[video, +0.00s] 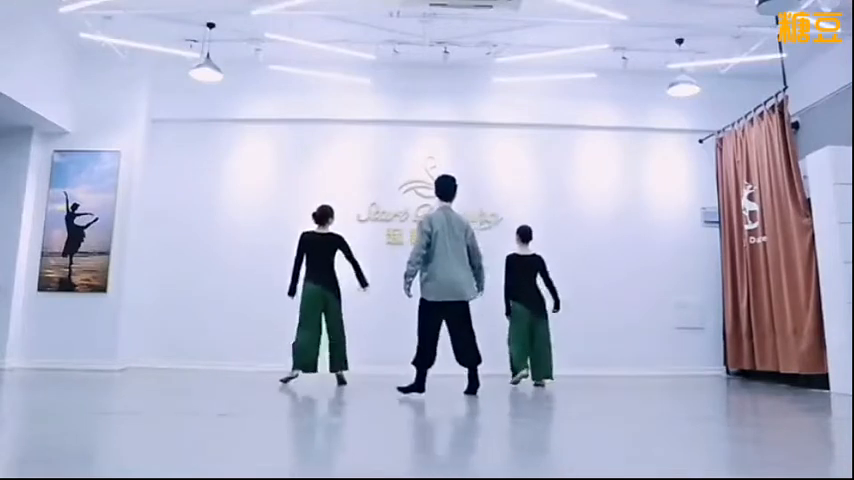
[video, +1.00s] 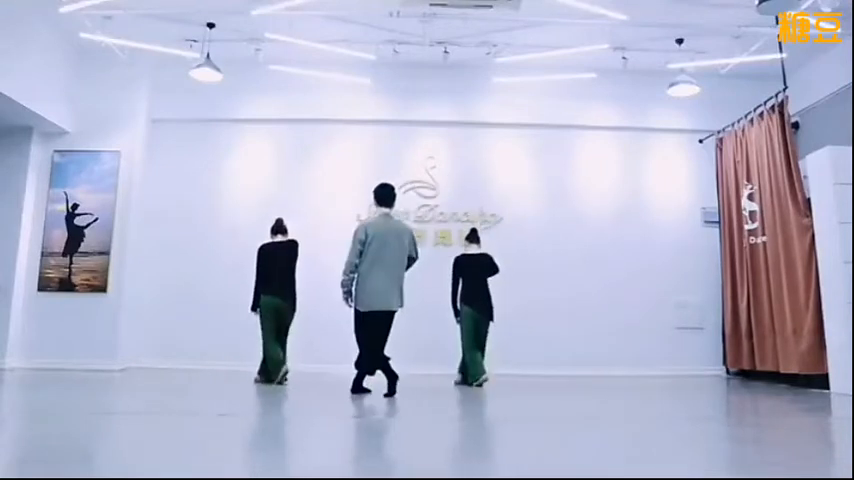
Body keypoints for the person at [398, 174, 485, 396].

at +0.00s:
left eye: (438, 189)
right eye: (450, 189)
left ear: (435, 192)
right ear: (454, 193)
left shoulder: (428, 221)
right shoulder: (463, 223)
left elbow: (419, 252)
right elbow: (475, 256)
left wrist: (408, 276)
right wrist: (479, 282)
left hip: (433, 289)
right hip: (459, 289)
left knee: (426, 337)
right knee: (465, 336)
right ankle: (473, 379)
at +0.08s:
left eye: (432, 189)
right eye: (443, 189)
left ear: (430, 192)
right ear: (450, 192)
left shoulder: (423, 219)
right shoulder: (459, 223)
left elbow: (414, 251)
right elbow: (467, 258)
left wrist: (402, 275)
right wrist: (467, 284)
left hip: (427, 289)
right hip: (453, 289)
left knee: (418, 336)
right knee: (461, 335)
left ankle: (408, 381)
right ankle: (472, 380)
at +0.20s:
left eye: (419, 192)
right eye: (430, 192)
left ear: (417, 194)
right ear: (437, 195)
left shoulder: (408, 220)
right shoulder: (444, 226)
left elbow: (397, 251)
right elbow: (444, 260)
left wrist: (383, 274)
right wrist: (439, 282)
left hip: (410, 291)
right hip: (436, 291)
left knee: (402, 338)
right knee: (444, 331)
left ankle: (404, 385)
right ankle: (451, 374)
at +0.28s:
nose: (414, 196)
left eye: (414, 193)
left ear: (413, 196)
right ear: (432, 198)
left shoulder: (404, 223)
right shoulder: (438, 229)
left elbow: (389, 252)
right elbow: (436, 259)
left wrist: (374, 277)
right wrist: (421, 274)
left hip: (403, 293)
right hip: (429, 293)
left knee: (398, 338)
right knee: (433, 331)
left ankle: (403, 385)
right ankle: (436, 374)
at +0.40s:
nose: (403, 201)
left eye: (403, 198)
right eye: (415, 198)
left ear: (402, 199)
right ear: (421, 201)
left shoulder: (395, 225)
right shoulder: (429, 232)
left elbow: (377, 255)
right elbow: (425, 264)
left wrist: (361, 280)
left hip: (394, 296)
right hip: (419, 297)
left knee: (389, 340)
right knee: (407, 339)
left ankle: (401, 385)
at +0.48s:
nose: (400, 203)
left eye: (399, 199)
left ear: (398, 201)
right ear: (418, 203)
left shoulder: (391, 227)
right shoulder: (426, 234)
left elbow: (374, 257)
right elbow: (423, 268)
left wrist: (358, 281)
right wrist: (419, 295)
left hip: (390, 297)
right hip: (414, 299)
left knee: (384, 343)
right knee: (398, 343)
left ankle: (401, 385)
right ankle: (384, 377)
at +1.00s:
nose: (377, 202)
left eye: (375, 198)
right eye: (386, 198)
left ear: (374, 200)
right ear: (394, 201)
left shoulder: (366, 228)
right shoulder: (404, 230)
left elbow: (353, 260)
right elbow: (413, 256)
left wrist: (346, 285)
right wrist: (396, 270)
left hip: (367, 295)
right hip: (392, 296)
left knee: (365, 341)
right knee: (376, 342)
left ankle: (389, 373)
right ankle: (358, 380)